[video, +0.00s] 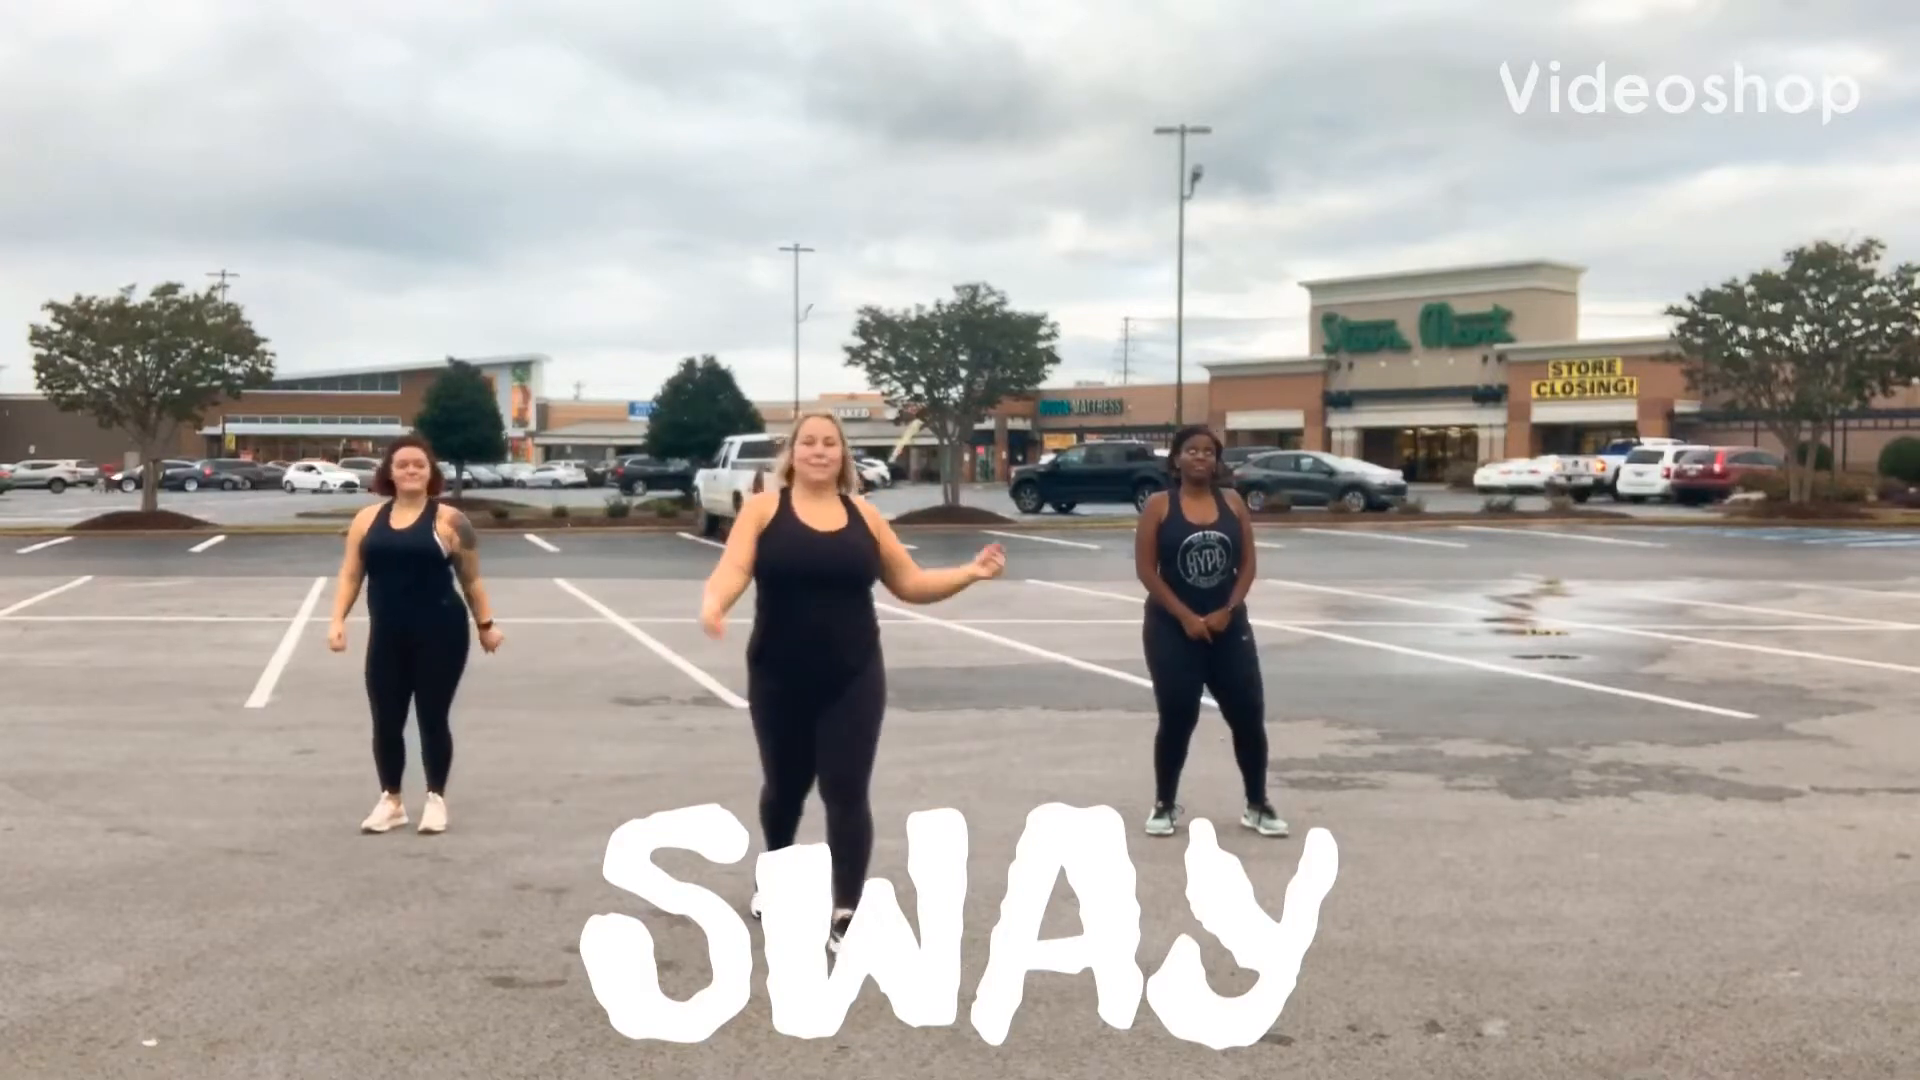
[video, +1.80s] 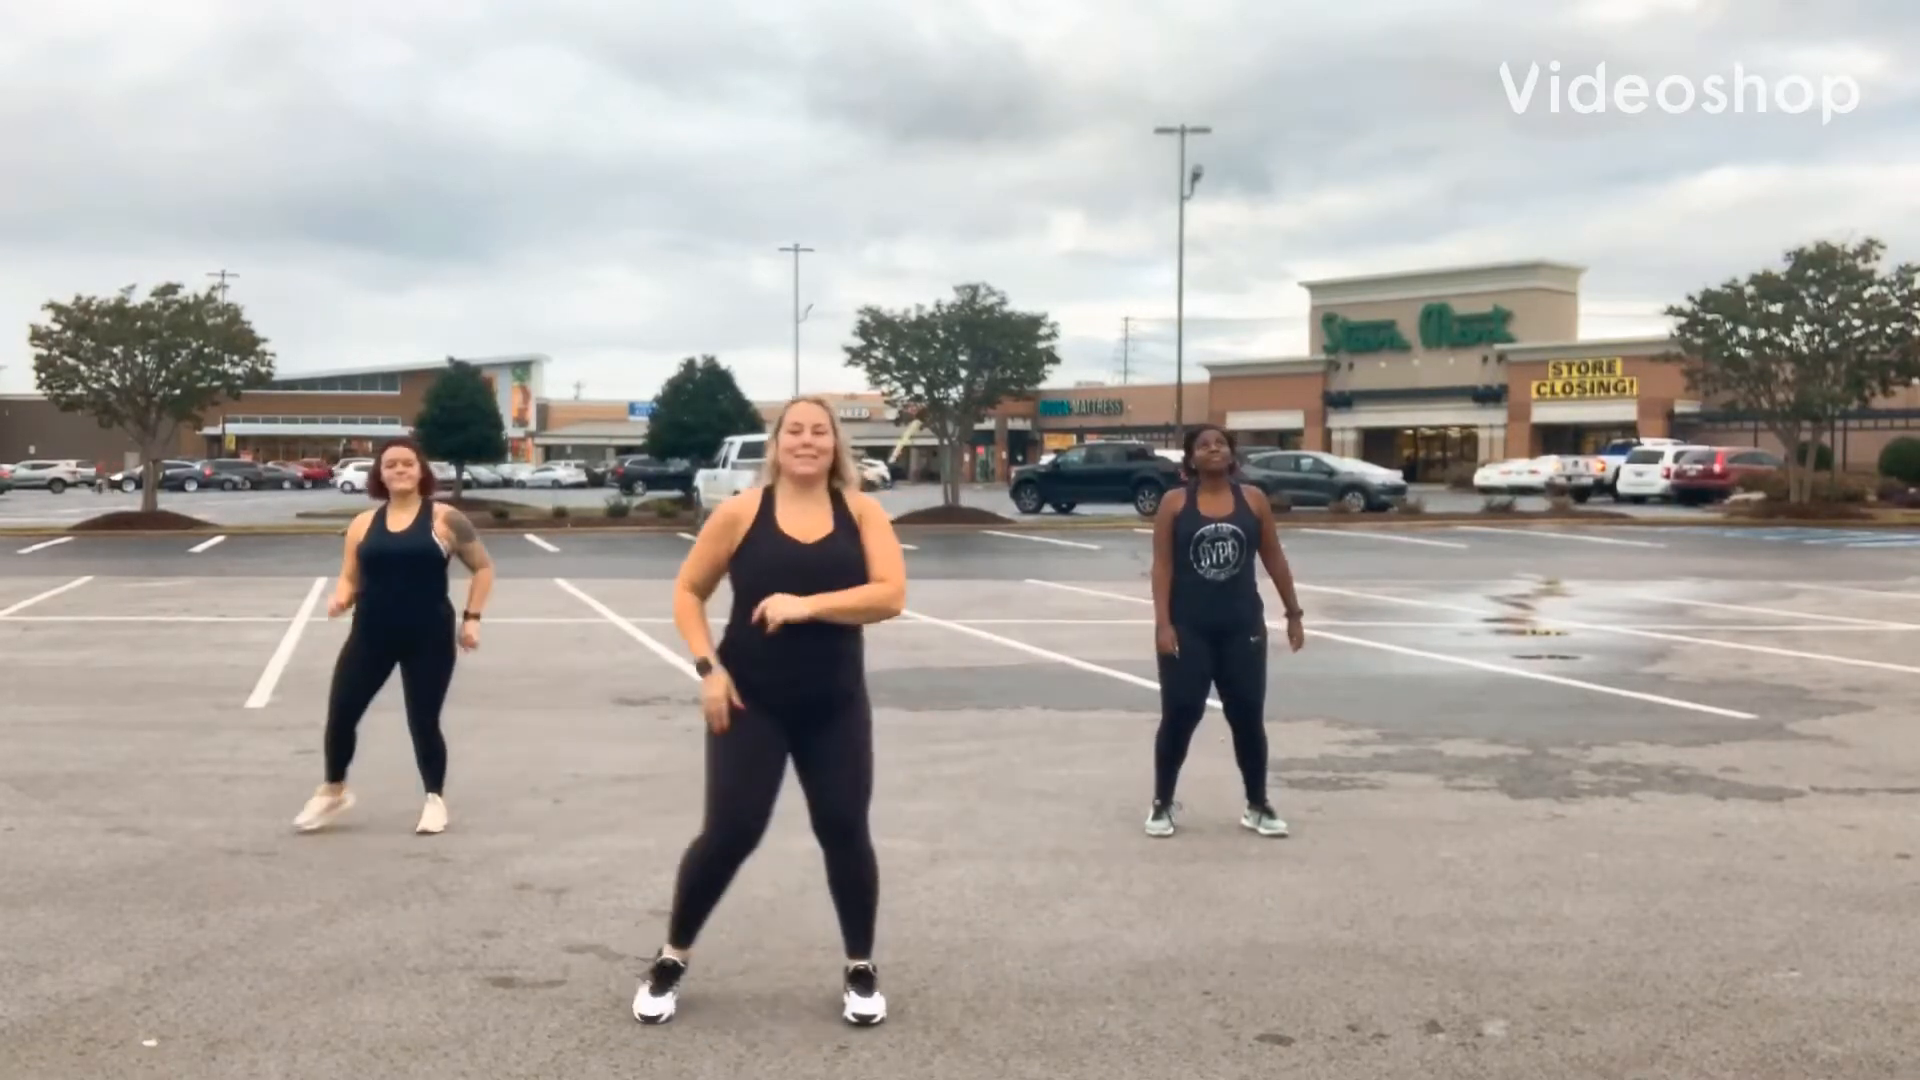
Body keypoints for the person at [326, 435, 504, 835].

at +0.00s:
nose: (410, 471)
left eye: (418, 464)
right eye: (402, 465)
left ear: (431, 472)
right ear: (389, 472)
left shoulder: (450, 520)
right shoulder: (368, 519)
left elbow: (470, 578)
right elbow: (351, 574)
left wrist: (486, 624)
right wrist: (337, 619)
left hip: (441, 635)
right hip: (387, 636)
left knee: (432, 717)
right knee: (385, 724)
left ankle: (435, 799)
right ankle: (391, 800)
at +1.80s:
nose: (399, 471)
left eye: (407, 464)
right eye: (391, 465)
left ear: (422, 471)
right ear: (380, 475)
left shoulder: (445, 519)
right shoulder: (362, 524)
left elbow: (483, 567)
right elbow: (349, 576)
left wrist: (472, 618)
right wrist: (341, 597)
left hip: (427, 638)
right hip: (372, 635)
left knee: (423, 721)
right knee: (340, 714)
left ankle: (434, 799)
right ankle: (334, 790)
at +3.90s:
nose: (399, 475)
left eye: (407, 468)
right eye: (391, 469)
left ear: (422, 476)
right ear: (380, 479)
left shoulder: (444, 524)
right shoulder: (364, 530)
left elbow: (460, 578)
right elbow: (354, 582)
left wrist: (457, 626)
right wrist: (349, 612)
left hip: (432, 642)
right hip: (379, 642)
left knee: (422, 726)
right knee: (368, 725)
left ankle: (428, 800)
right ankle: (394, 795)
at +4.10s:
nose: (389, 477)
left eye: (397, 471)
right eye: (381, 472)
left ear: (412, 479)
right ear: (370, 482)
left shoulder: (436, 525)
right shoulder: (352, 530)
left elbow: (486, 559)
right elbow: (322, 587)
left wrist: (512, 604)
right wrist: (336, 569)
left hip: (424, 645)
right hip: (372, 646)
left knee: (417, 722)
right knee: (323, 715)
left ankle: (428, 801)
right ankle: (329, 796)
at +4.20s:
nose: (381, 474)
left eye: (389, 467)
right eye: (373, 469)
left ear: (404, 476)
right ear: (361, 479)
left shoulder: (427, 521)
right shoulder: (343, 524)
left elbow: (479, 548)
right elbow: (307, 578)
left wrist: (505, 592)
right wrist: (326, 556)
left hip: (409, 641)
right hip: (355, 641)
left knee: (409, 720)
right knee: (319, 716)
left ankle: (427, 800)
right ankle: (308, 798)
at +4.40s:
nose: (362, 474)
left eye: (370, 467)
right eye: (354, 468)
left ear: (385, 476)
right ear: (344, 478)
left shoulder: (410, 522)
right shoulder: (327, 525)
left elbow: (447, 560)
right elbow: (300, 583)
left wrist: (447, 605)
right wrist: (298, 562)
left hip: (381, 640)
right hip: (323, 637)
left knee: (399, 723)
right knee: (312, 720)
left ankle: (425, 798)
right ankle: (305, 796)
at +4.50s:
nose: (359, 477)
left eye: (367, 471)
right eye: (351, 472)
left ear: (382, 479)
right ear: (341, 482)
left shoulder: (406, 525)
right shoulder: (326, 530)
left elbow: (437, 573)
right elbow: (306, 585)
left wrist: (425, 601)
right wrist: (293, 581)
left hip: (379, 642)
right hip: (322, 639)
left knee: (397, 725)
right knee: (310, 720)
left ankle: (426, 799)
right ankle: (303, 797)